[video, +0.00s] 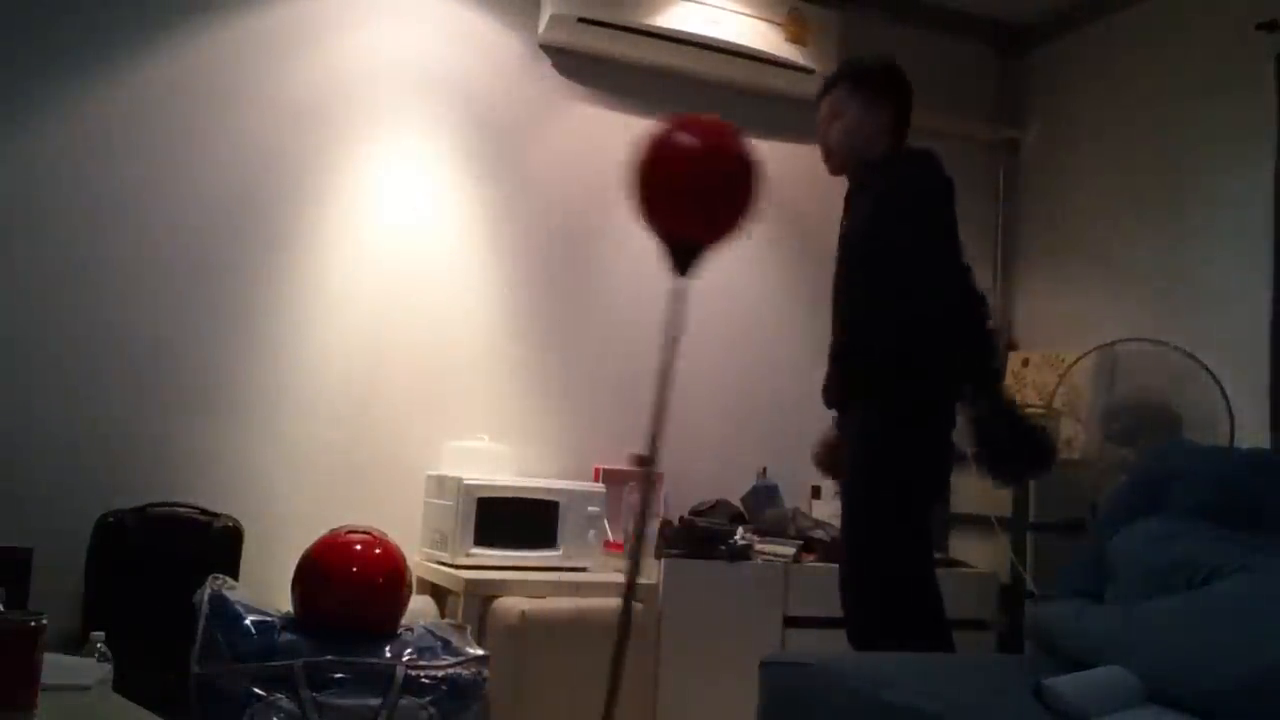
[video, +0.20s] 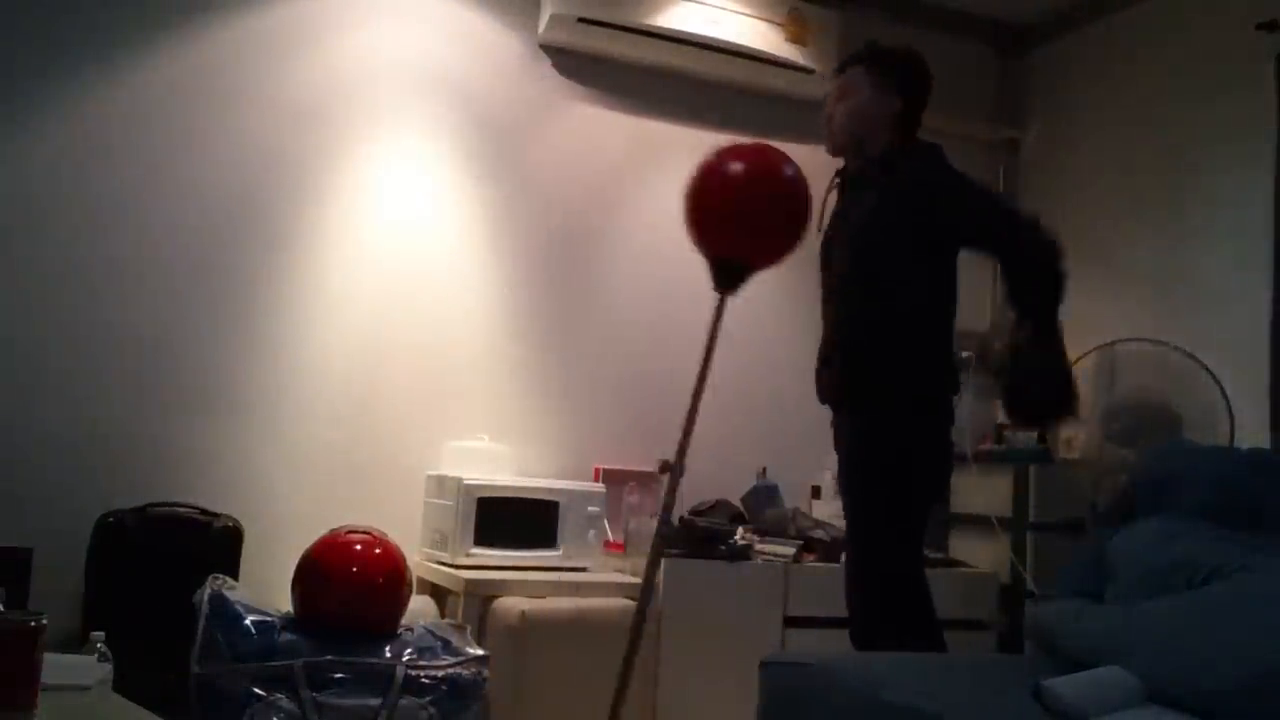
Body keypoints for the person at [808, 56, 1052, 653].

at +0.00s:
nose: (823, 133)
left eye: (834, 116)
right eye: (823, 118)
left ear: (875, 118)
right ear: (863, 121)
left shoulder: (905, 184)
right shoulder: (875, 190)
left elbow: (942, 301)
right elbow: (870, 318)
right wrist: (849, 424)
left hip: (902, 414)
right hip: (885, 413)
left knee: (884, 592)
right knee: (886, 589)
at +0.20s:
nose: (828, 108)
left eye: (843, 96)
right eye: (831, 95)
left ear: (885, 105)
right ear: (870, 106)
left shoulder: (920, 179)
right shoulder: (855, 183)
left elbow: (1028, 245)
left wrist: (1036, 348)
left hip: (904, 407)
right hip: (861, 404)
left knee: (885, 582)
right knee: (879, 577)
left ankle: (917, 705)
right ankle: (910, 704)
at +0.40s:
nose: (845, 96)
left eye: (862, 83)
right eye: (846, 83)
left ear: (906, 95)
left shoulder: (932, 165)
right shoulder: (855, 171)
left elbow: (1027, 209)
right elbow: (846, 268)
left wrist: (939, 299)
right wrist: (830, 339)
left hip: (911, 399)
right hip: (862, 397)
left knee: (889, 581)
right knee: (857, 575)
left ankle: (912, 703)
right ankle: (898, 701)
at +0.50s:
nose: (856, 96)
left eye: (873, 81)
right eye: (856, 82)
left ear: (917, 94)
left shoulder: (948, 176)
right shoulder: (859, 177)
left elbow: (955, 275)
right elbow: (804, 253)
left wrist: (861, 345)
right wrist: (758, 329)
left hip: (920, 408)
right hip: (866, 406)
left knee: (891, 590)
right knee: (857, 583)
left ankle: (913, 714)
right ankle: (899, 709)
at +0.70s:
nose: (861, 99)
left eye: (881, 85)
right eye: (863, 84)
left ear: (925, 98)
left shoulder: (942, 187)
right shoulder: (876, 177)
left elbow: (893, 324)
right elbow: (808, 261)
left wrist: (794, 367)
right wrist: (728, 311)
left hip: (921, 415)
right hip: (880, 410)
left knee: (898, 604)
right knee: (891, 603)